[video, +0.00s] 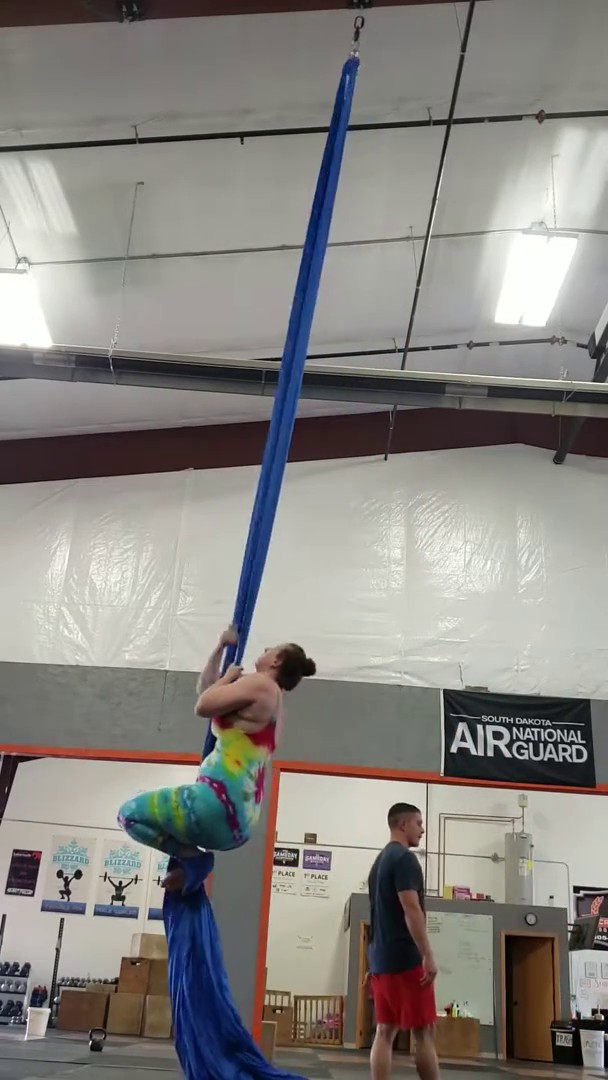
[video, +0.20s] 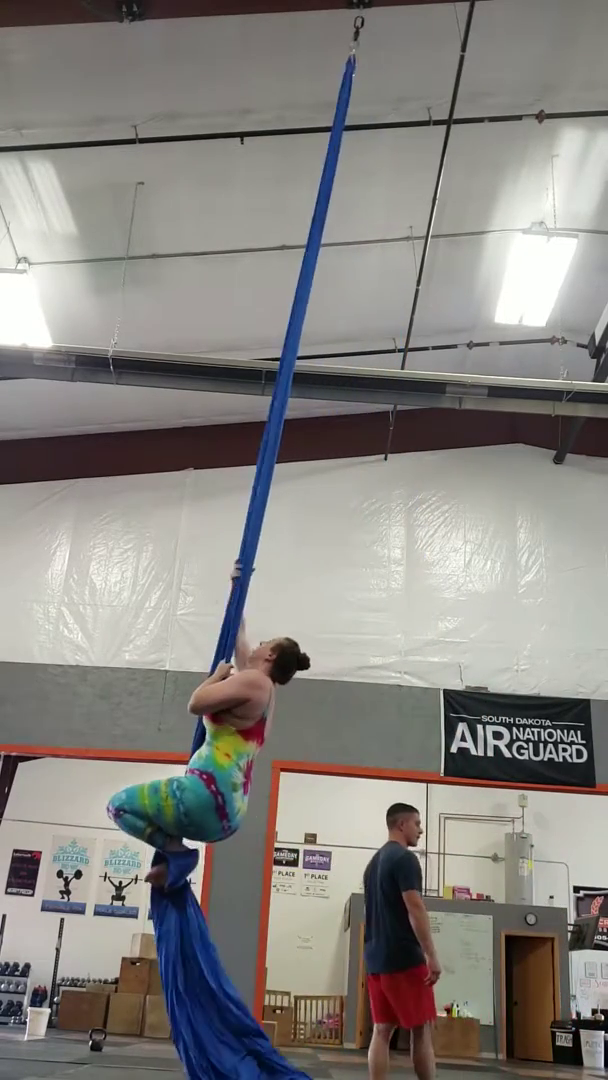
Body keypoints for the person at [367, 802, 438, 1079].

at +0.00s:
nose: (422, 829)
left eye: (421, 823)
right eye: (418, 823)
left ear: (397, 825)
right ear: (402, 824)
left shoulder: (380, 861)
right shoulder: (404, 858)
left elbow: (378, 916)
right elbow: (410, 908)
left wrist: (374, 964)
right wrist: (428, 955)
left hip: (380, 961)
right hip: (406, 960)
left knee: (385, 1032)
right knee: (424, 1032)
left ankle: (379, 1077)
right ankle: (432, 1077)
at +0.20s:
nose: (420, 829)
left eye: (419, 824)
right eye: (416, 823)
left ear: (395, 825)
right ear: (400, 824)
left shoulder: (374, 862)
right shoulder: (404, 858)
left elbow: (372, 915)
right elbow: (415, 908)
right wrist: (431, 956)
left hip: (375, 960)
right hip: (404, 959)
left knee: (381, 1031)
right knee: (422, 1030)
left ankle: (377, 1077)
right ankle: (428, 1076)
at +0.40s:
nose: (422, 830)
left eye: (422, 825)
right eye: (419, 825)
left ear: (397, 826)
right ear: (403, 825)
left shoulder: (374, 863)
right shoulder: (409, 859)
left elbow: (374, 915)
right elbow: (423, 909)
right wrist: (441, 956)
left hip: (375, 960)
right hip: (407, 958)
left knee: (380, 1032)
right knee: (427, 1030)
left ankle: (376, 1077)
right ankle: (439, 1076)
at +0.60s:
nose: (431, 832)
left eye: (430, 827)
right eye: (427, 826)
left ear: (406, 828)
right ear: (411, 826)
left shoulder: (383, 863)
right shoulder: (418, 861)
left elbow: (381, 913)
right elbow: (432, 912)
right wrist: (453, 952)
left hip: (381, 959)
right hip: (412, 960)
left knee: (382, 1031)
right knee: (430, 1031)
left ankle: (377, 1077)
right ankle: (441, 1077)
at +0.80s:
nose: (445, 834)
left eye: (445, 828)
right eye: (443, 828)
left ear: (419, 829)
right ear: (428, 829)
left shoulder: (399, 864)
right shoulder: (432, 865)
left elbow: (395, 914)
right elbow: (446, 918)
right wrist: (464, 961)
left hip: (395, 961)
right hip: (425, 963)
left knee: (392, 1032)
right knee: (438, 1035)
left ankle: (381, 1077)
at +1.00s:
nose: (459, 837)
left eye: (459, 832)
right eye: (458, 832)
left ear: (430, 832)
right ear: (452, 833)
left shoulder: (411, 866)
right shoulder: (448, 867)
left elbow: (409, 917)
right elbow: (459, 920)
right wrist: (472, 966)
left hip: (410, 962)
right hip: (441, 963)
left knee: (416, 1032)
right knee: (452, 1035)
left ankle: (395, 1076)